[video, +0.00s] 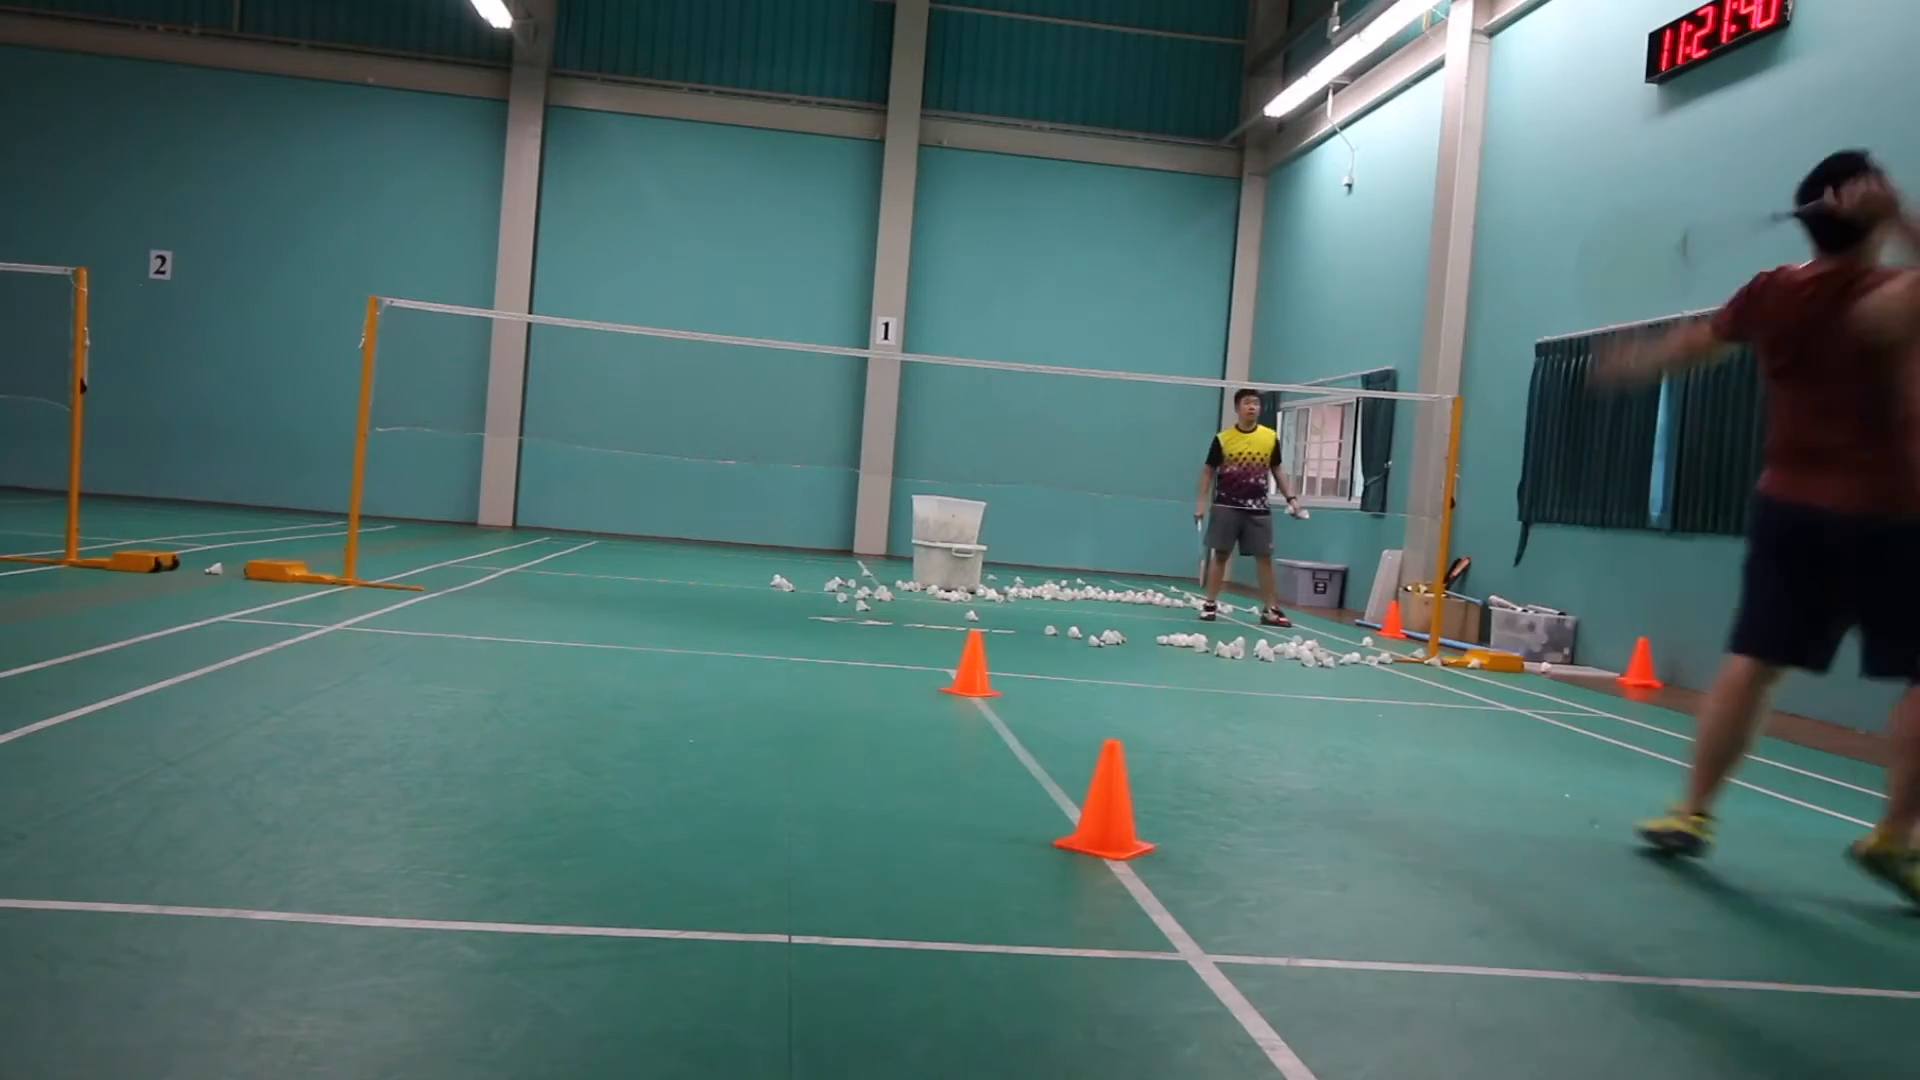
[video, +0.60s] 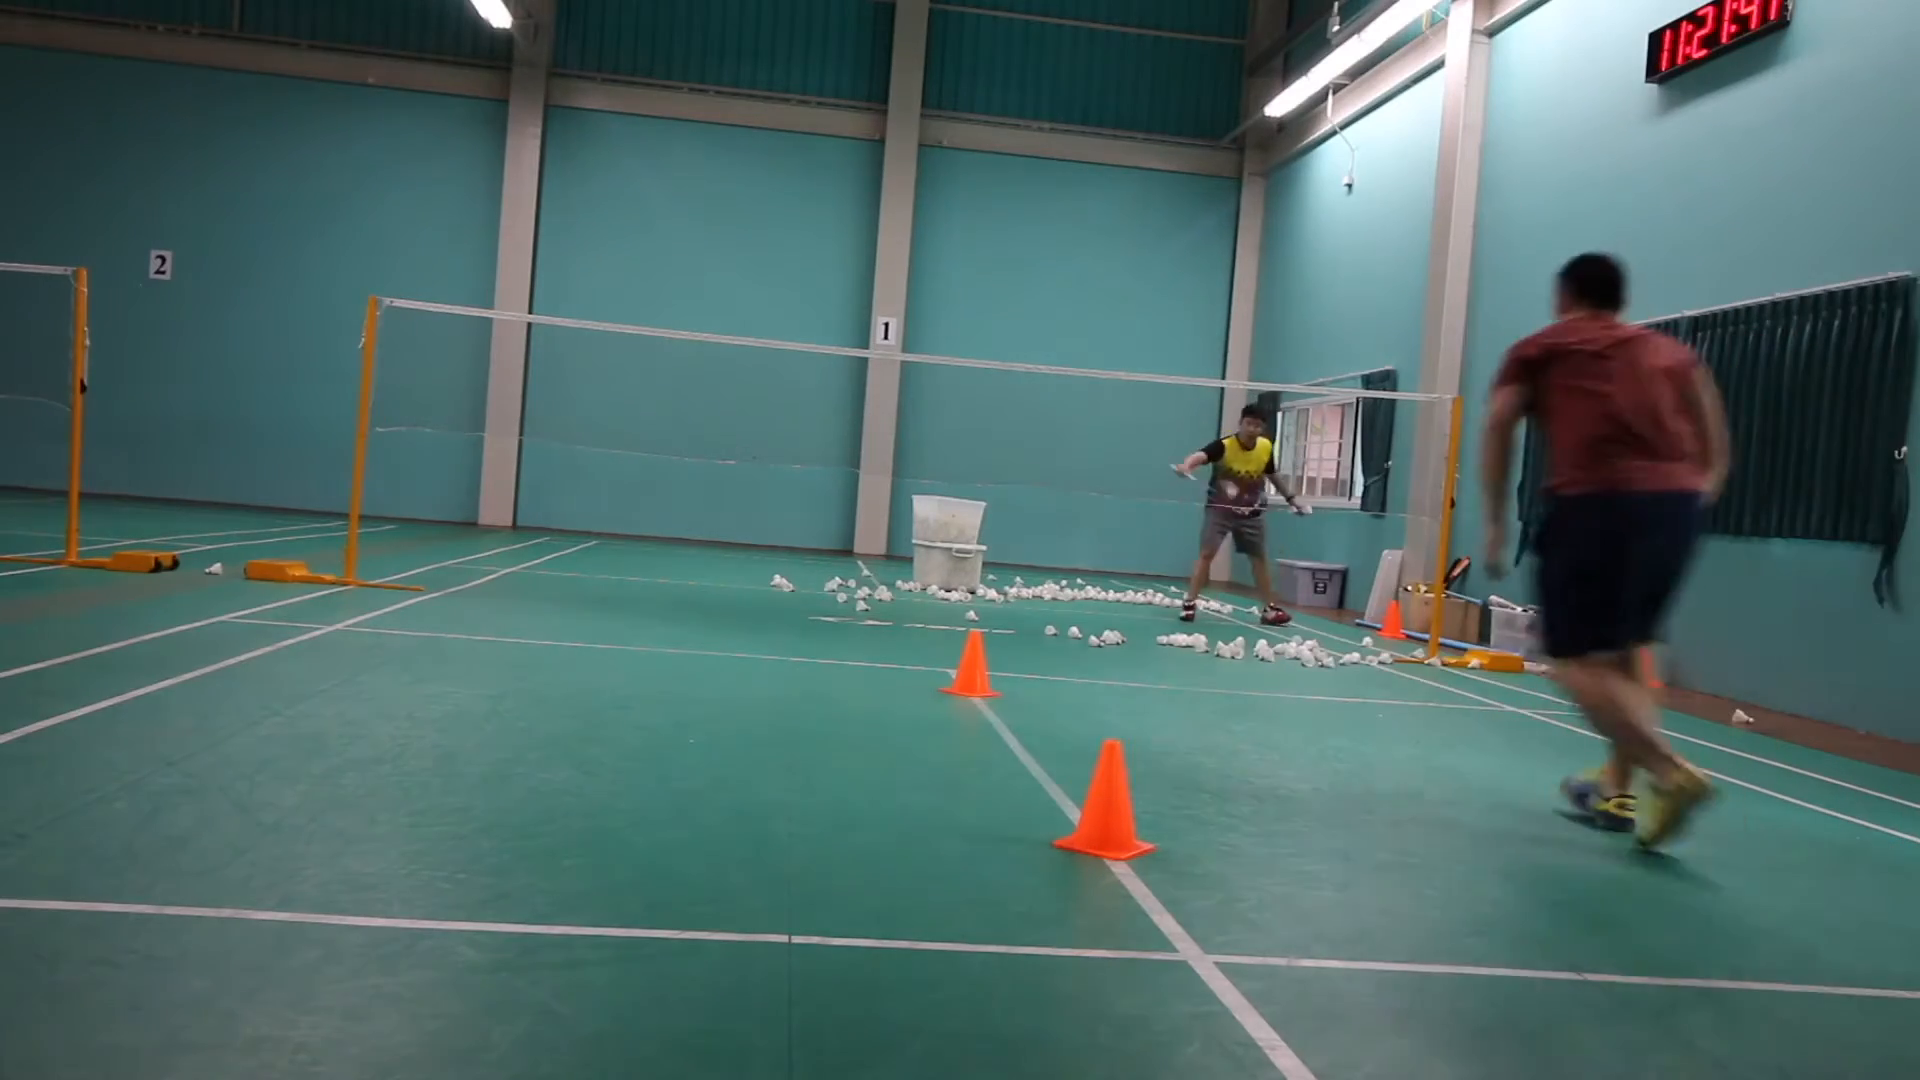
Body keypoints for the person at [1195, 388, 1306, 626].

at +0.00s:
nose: (1252, 407)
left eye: (1256, 403)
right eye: (1247, 403)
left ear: (1260, 408)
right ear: (1237, 408)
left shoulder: (1270, 438)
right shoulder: (1222, 439)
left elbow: (1278, 470)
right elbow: (1208, 473)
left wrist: (1291, 498)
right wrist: (1202, 504)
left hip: (1258, 509)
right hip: (1227, 507)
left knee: (1265, 558)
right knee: (1220, 555)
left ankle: (1270, 608)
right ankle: (1210, 602)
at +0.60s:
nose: (1252, 430)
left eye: (1257, 426)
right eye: (1248, 424)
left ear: (1262, 428)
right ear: (1240, 424)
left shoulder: (1266, 448)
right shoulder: (1225, 445)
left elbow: (1272, 475)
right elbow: (1200, 456)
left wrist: (1291, 499)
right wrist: (1187, 466)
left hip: (1251, 514)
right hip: (1220, 511)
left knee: (1259, 559)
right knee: (1207, 555)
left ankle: (1269, 608)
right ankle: (1190, 602)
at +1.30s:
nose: (1236, 415)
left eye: (1241, 411)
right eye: (1232, 410)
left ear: (1248, 416)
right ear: (1225, 414)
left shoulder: (1258, 442)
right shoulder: (1211, 445)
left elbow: (1263, 472)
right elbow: (1197, 478)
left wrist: (1277, 499)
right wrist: (1189, 511)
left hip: (1245, 511)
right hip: (1216, 509)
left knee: (1245, 558)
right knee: (1207, 550)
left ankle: (1234, 604)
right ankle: (1191, 601)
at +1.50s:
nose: (1251, 419)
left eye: (1255, 415)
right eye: (1247, 414)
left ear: (1260, 420)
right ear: (1237, 417)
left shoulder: (1260, 445)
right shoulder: (1224, 443)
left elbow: (1261, 475)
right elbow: (1208, 469)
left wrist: (1275, 499)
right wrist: (1217, 502)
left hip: (1243, 507)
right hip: (1218, 505)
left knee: (1246, 558)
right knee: (1218, 551)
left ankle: (1236, 604)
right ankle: (1208, 605)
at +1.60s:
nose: (1256, 419)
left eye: (1260, 415)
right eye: (1251, 413)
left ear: (1263, 420)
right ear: (1240, 416)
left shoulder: (1257, 447)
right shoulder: (1227, 436)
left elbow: (1254, 476)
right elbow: (1222, 444)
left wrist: (1268, 500)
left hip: (1240, 509)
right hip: (1216, 505)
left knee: (1245, 557)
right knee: (1219, 550)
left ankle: (1236, 604)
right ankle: (1207, 605)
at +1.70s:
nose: (1257, 410)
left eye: (1261, 407)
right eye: (1252, 405)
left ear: (1264, 414)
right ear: (1240, 410)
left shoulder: (1257, 444)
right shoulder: (1229, 428)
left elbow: (1248, 475)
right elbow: (1224, 408)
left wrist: (1261, 497)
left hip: (1241, 505)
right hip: (1219, 501)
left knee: (1241, 555)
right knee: (1222, 551)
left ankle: (1232, 603)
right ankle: (1208, 605)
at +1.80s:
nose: (1258, 407)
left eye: (1262, 404)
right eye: (1253, 403)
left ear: (1264, 412)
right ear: (1242, 407)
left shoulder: (1258, 442)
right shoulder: (1230, 423)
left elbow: (1252, 476)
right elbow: (1215, 396)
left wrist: (1263, 500)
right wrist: (1218, 360)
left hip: (1244, 501)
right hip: (1223, 498)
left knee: (1242, 555)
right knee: (1224, 551)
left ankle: (1232, 603)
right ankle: (1209, 604)